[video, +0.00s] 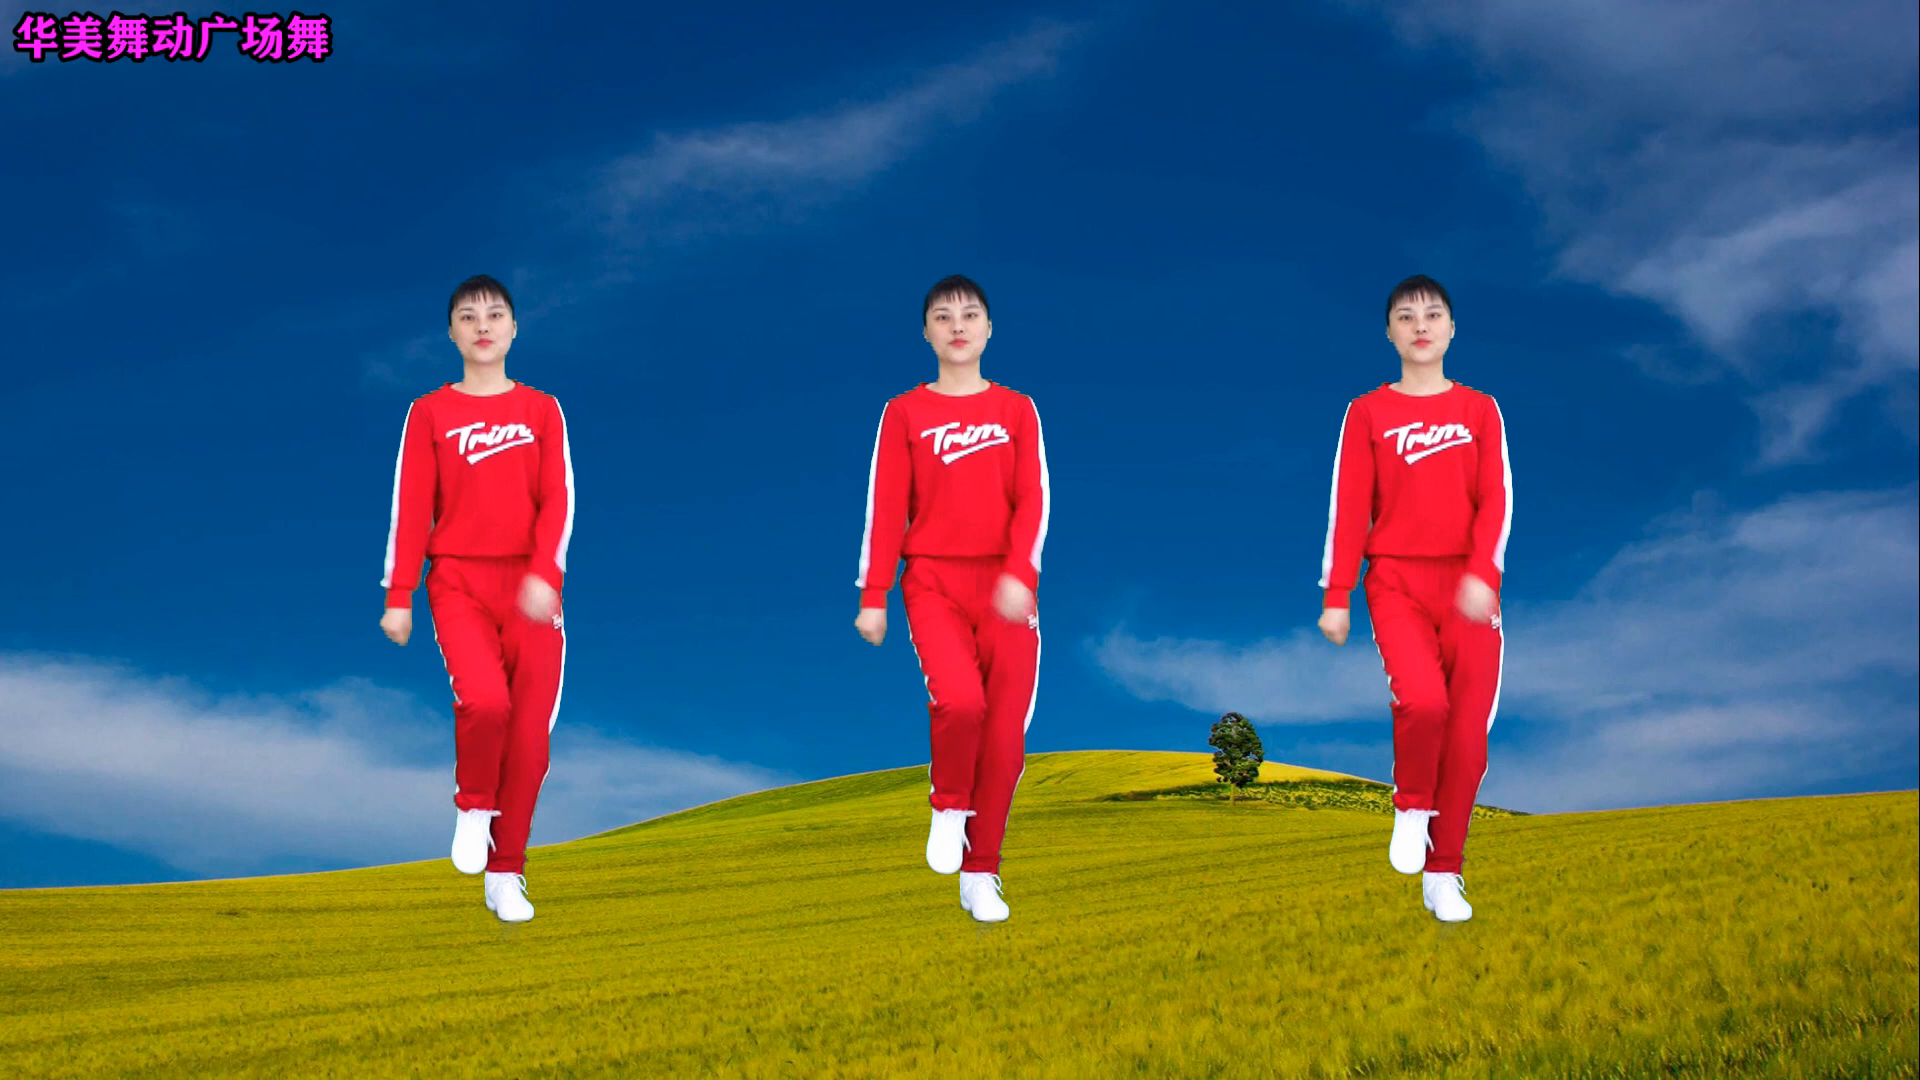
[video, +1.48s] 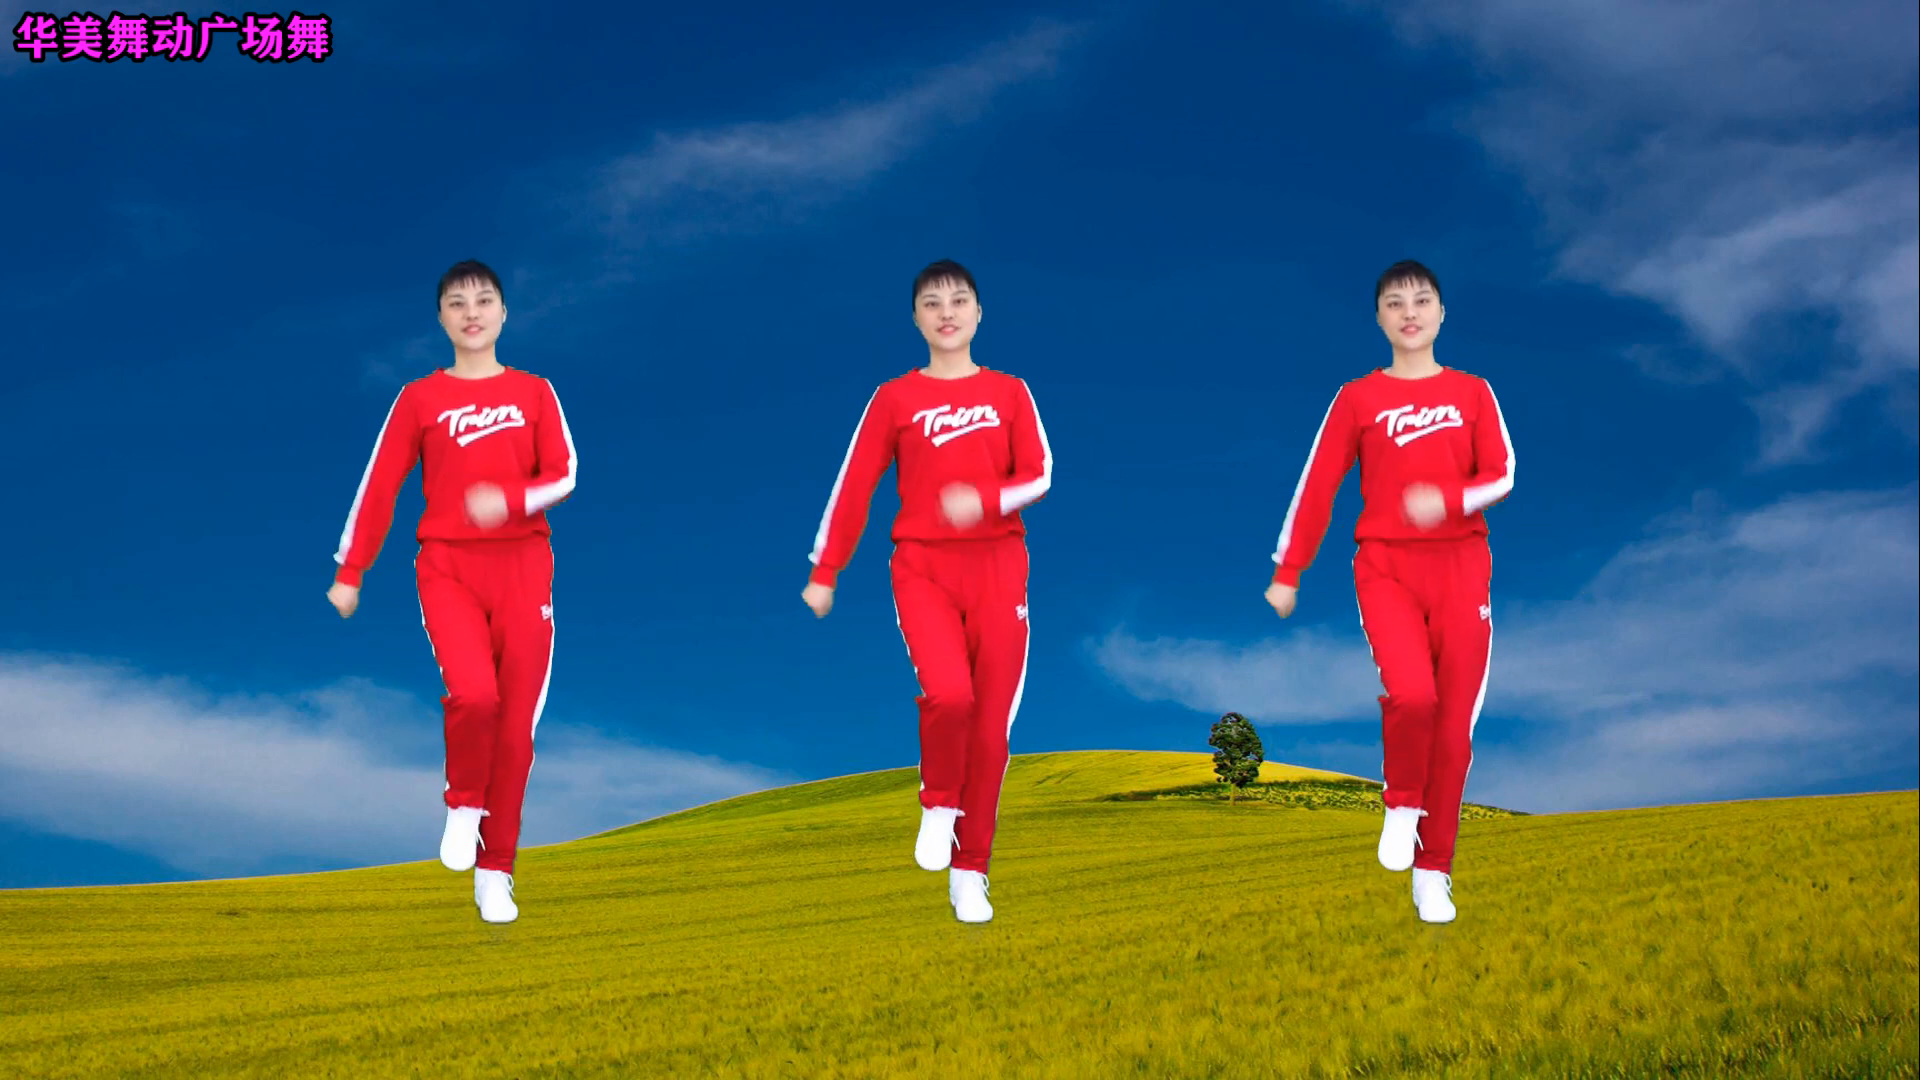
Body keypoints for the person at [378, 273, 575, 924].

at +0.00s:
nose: (482, 325)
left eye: (494, 315)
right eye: (469, 317)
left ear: (513, 328)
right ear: (453, 332)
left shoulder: (544, 409)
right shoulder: (429, 411)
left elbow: (559, 500)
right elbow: (410, 507)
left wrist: (545, 574)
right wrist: (399, 596)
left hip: (532, 582)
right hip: (457, 582)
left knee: (533, 727)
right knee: (487, 703)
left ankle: (507, 868)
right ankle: (474, 807)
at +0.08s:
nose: (482, 314)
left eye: (493, 304)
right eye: (469, 306)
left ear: (512, 316)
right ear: (453, 321)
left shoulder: (543, 393)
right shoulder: (428, 401)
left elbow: (566, 470)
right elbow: (391, 488)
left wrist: (515, 496)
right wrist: (366, 572)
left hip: (532, 572)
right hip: (457, 571)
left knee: (528, 718)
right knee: (487, 695)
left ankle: (509, 867)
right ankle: (477, 808)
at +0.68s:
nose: (465, 328)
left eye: (478, 318)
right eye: (453, 318)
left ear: (495, 330)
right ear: (436, 329)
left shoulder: (523, 407)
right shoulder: (408, 411)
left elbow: (531, 501)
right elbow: (392, 498)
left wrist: (527, 585)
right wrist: (410, 570)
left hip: (497, 583)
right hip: (426, 584)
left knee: (471, 716)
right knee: (424, 735)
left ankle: (492, 810)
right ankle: (452, 867)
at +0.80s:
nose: (464, 310)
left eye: (477, 300)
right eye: (452, 300)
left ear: (494, 312)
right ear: (434, 312)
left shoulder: (522, 390)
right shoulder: (404, 393)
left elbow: (561, 478)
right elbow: (367, 472)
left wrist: (580, 566)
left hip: (499, 566)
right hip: (424, 568)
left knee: (473, 710)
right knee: (430, 723)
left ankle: (489, 819)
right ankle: (454, 863)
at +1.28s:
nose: (471, 323)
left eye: (484, 311)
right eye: (458, 312)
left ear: (501, 321)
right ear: (442, 323)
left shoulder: (532, 399)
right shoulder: (416, 404)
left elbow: (576, 486)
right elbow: (410, 488)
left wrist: (617, 567)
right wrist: (433, 556)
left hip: (522, 573)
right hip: (447, 575)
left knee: (513, 728)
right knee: (460, 721)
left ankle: (495, 869)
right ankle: (457, 838)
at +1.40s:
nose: (473, 326)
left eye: (484, 315)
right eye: (459, 317)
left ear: (502, 325)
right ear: (444, 330)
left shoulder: (534, 406)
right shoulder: (420, 410)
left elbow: (554, 495)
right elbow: (400, 504)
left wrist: (538, 568)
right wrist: (388, 593)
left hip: (523, 579)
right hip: (447, 580)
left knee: (522, 731)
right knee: (475, 703)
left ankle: (496, 869)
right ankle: (462, 805)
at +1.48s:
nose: (472, 313)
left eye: (483, 302)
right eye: (459, 304)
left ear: (502, 312)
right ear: (442, 318)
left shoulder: (534, 391)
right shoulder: (418, 399)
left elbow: (563, 474)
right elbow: (378, 485)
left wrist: (511, 498)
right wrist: (350, 570)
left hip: (524, 573)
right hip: (447, 571)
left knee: (517, 724)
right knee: (475, 696)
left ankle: (497, 868)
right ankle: (466, 807)